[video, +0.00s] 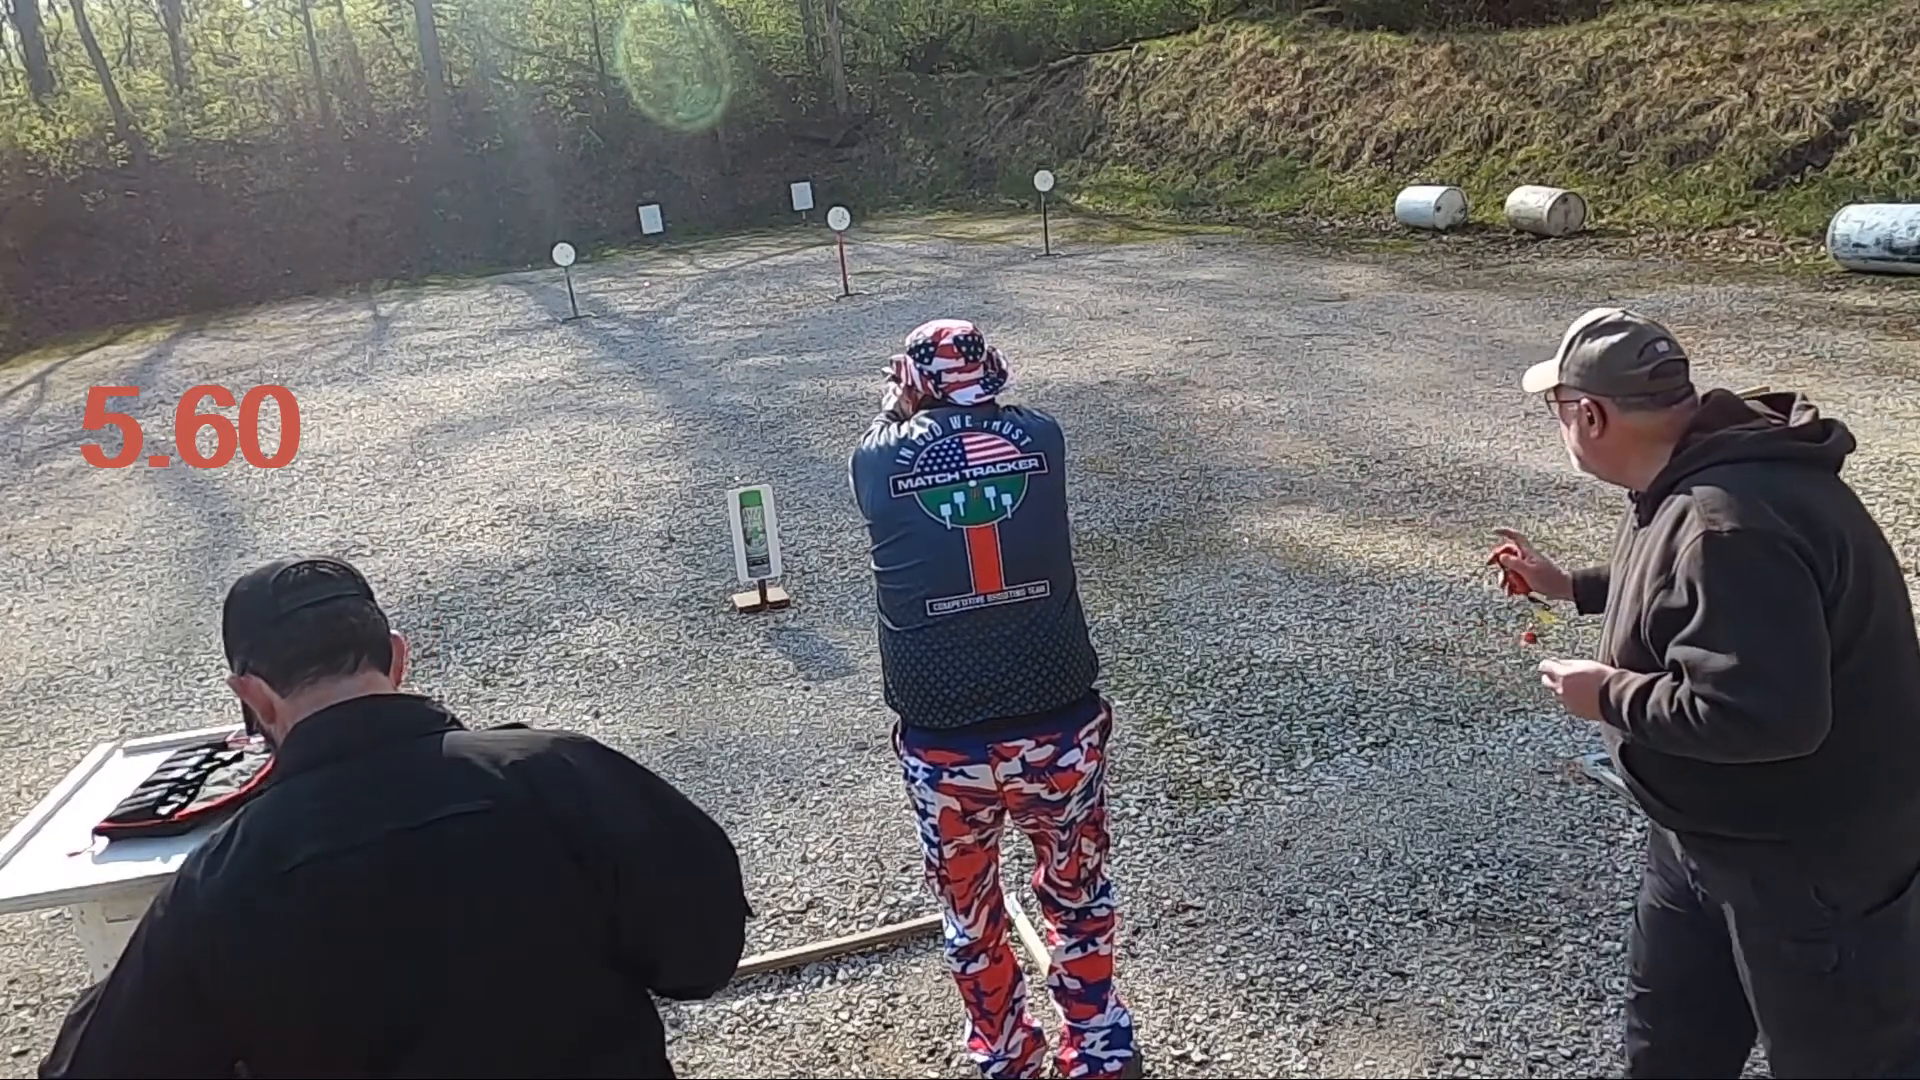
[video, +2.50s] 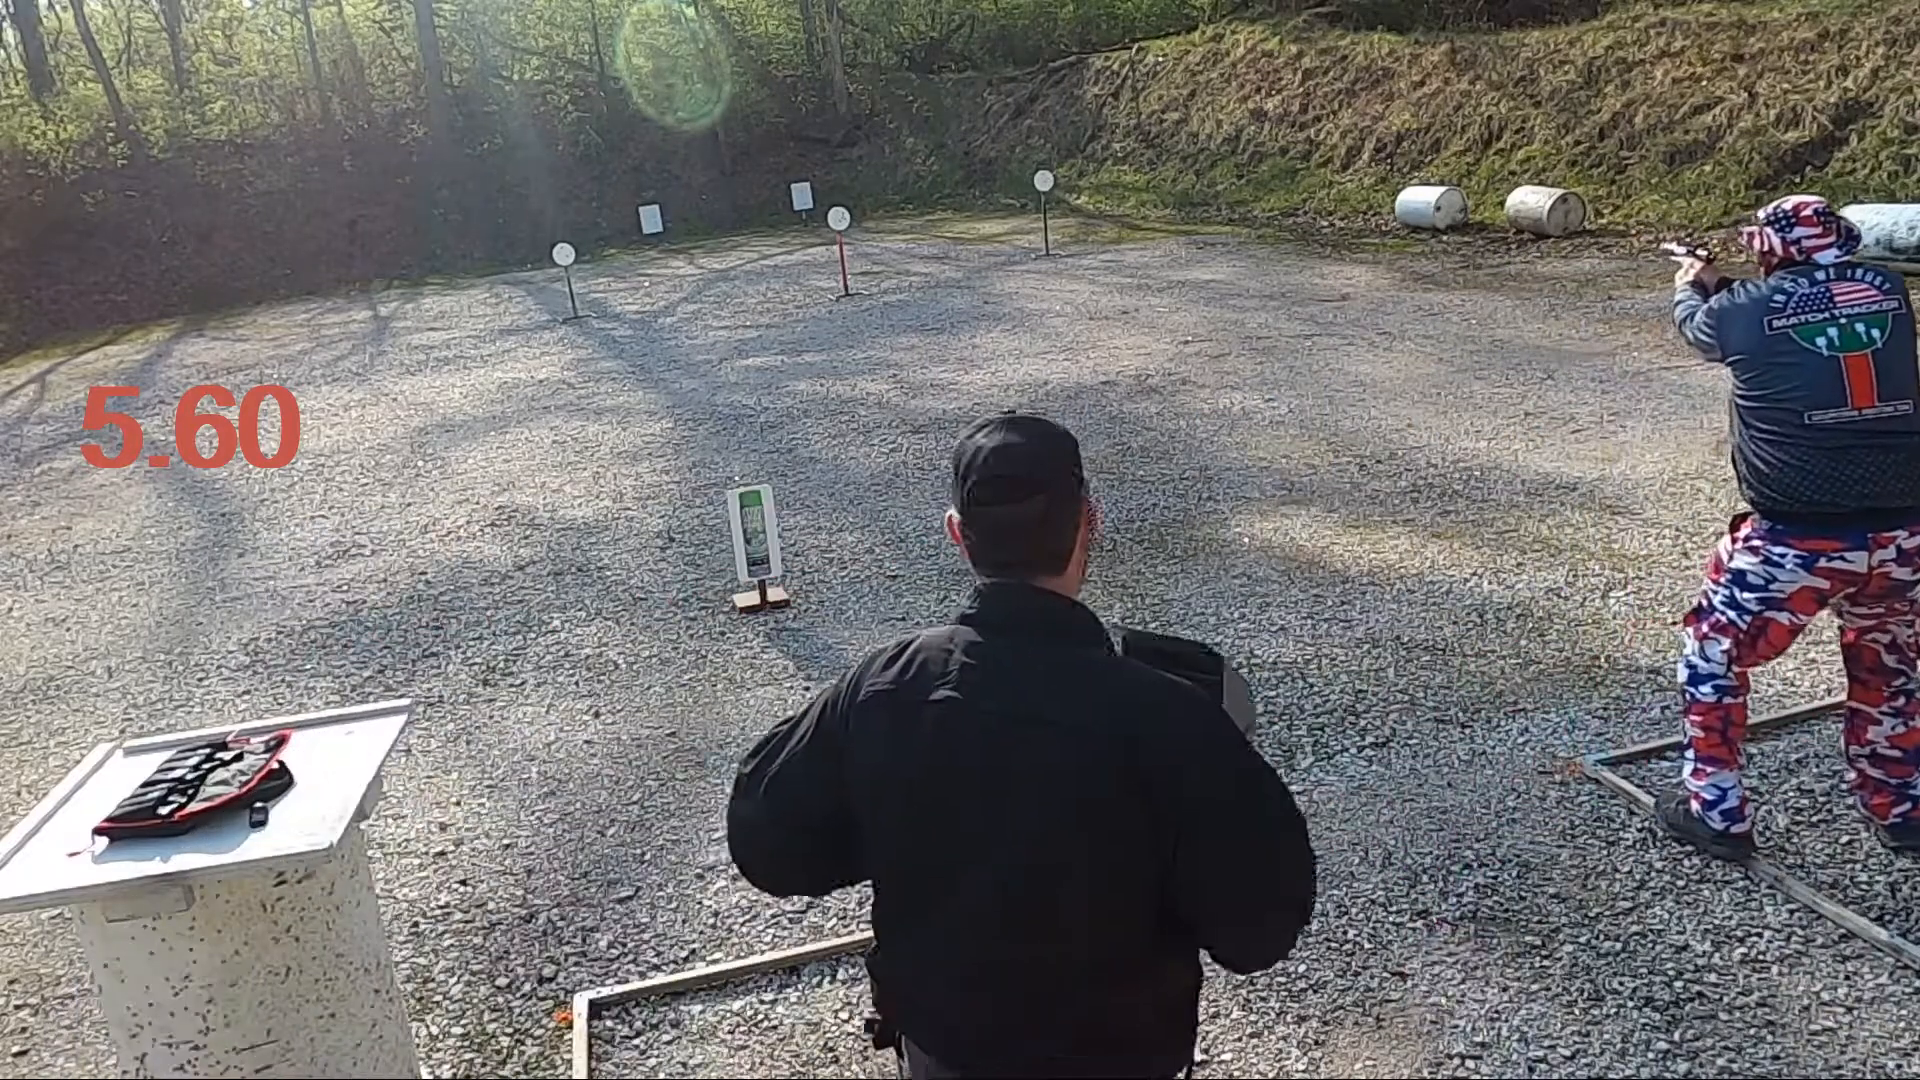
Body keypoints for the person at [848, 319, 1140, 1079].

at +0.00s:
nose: (904, 394)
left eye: (908, 385)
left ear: (910, 395)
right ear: (992, 385)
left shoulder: (874, 465)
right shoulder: (1041, 436)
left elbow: (884, 441)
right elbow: (980, 430)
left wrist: (901, 404)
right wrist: (937, 400)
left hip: (943, 746)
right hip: (1061, 731)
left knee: (971, 909)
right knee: (1077, 894)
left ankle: (1005, 1057)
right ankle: (1100, 1054)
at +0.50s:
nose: (920, 388)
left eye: (921, 379)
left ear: (927, 388)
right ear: (1004, 379)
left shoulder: (888, 458)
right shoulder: (1054, 430)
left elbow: (907, 437)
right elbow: (993, 424)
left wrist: (931, 399)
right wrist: (952, 395)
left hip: (955, 740)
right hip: (1071, 727)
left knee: (975, 901)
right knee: (1082, 891)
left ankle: (1003, 1055)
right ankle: (1099, 1052)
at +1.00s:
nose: (1077, 392)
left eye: (1015, 379)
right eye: (1081, 379)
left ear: (1010, 389)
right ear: (1088, 383)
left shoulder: (970, 460)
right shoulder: (1131, 433)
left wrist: (1032, 410)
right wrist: (1051, 406)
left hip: (1032, 736)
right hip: (1155, 721)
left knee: (1008, 887)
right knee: (1236, 844)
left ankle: (1002, 1052)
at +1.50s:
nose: (1375, 330)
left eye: (1376, 318)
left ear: (1381, 328)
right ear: (1458, 329)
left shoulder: (1332, 391)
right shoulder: (1495, 382)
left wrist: (1392, 351)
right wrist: (1404, 350)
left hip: (1344, 658)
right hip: (1455, 668)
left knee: (1346, 759)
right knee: (1495, 813)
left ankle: (1290, 874)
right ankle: (1453, 968)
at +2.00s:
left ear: (1623, 280)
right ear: (1694, 272)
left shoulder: (1585, 344)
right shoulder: (1742, 313)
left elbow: (1569, 368)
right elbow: (1686, 322)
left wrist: (1588, 313)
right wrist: (1637, 289)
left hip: (1623, 574)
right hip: (1731, 572)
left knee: (1656, 699)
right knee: (1772, 669)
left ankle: (1682, 832)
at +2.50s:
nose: (1760, 255)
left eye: (1764, 248)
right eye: (1762, 245)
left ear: (1775, 256)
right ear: (1840, 244)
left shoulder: (1746, 310)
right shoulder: (1889, 293)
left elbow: (1693, 321)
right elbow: (1818, 298)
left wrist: (1689, 277)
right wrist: (1745, 277)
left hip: (1796, 541)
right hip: (1903, 536)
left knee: (1712, 648)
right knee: (1891, 676)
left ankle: (1716, 811)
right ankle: (1901, 811)